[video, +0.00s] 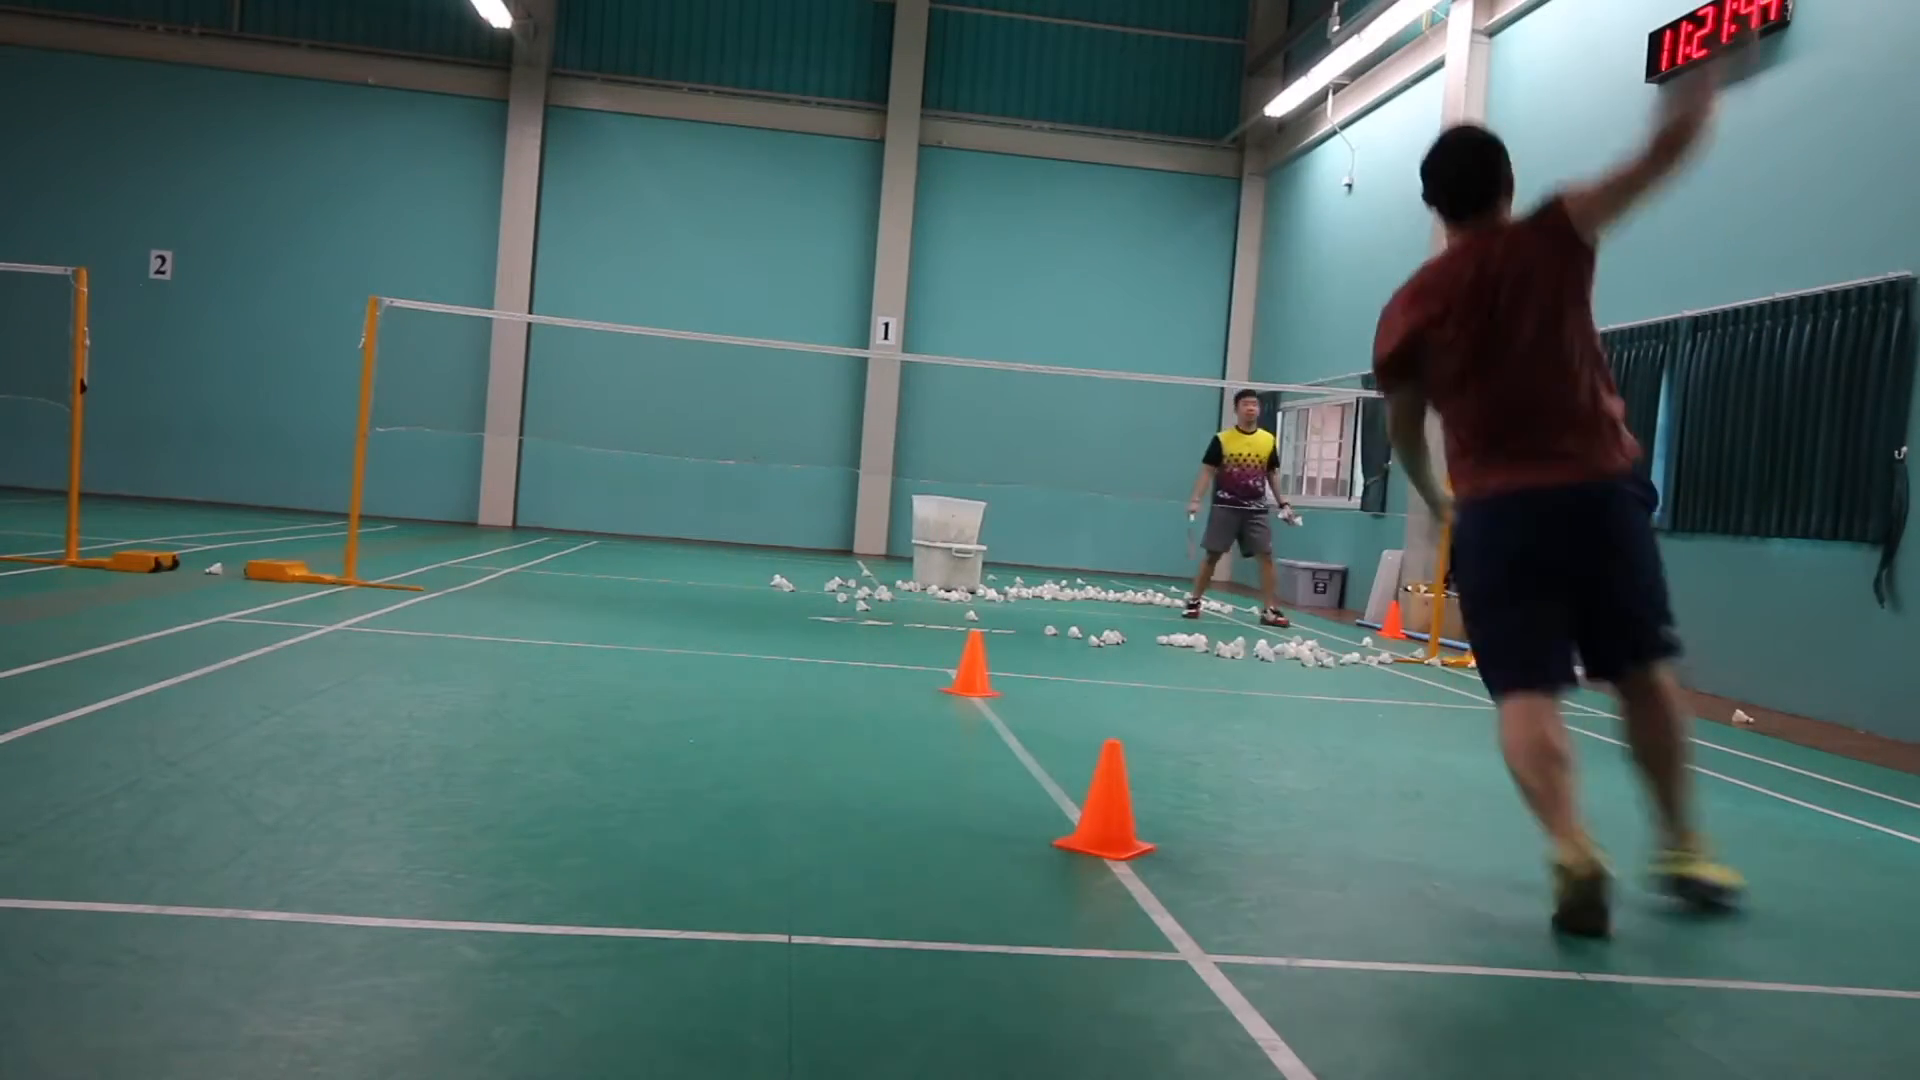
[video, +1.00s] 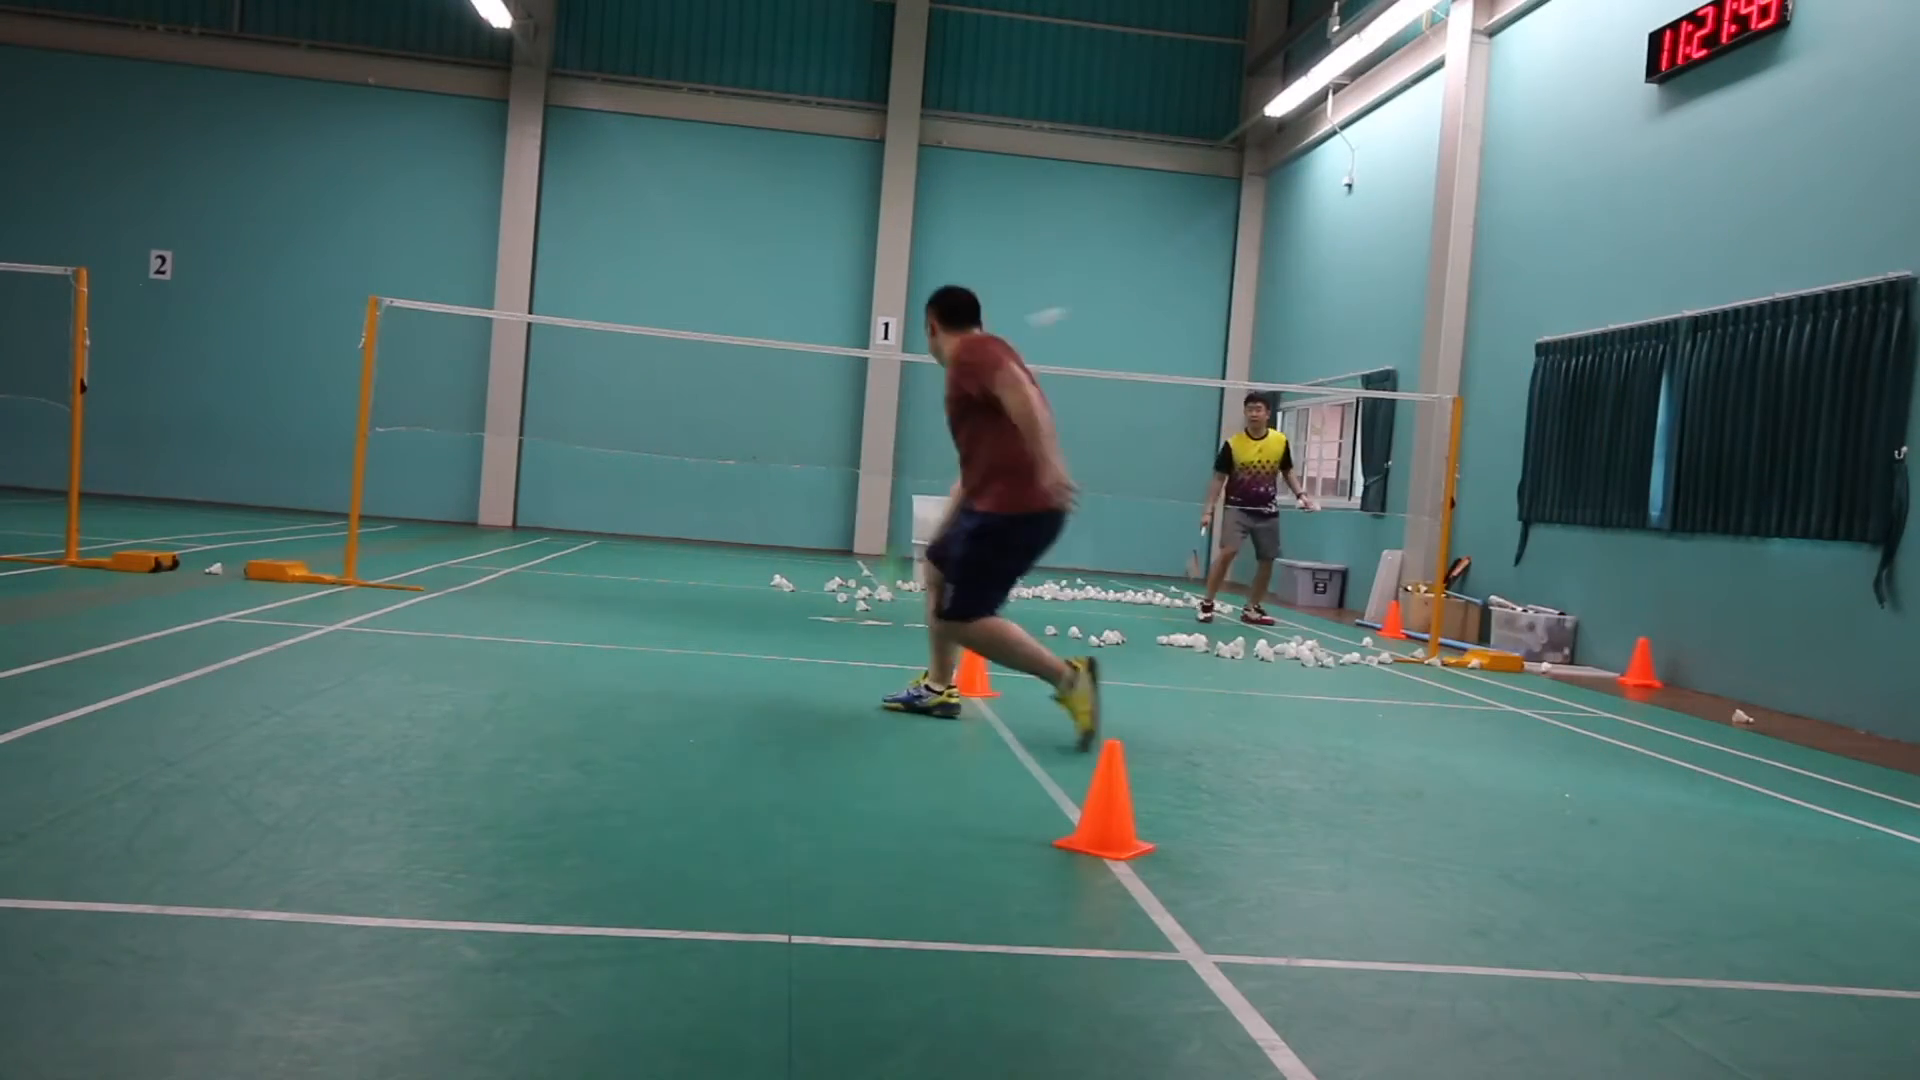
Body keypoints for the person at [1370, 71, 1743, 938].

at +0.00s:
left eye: (1448, 189)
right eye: (1497, 178)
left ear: (1433, 205)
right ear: (1510, 185)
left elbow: (1406, 429)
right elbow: (1659, 156)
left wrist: (1438, 500)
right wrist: (1695, 102)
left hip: (1494, 515)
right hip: (1600, 500)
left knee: (1525, 690)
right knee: (1643, 672)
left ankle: (1570, 847)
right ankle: (1681, 849)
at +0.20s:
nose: (1414, 247)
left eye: (1412, 236)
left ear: (1417, 235)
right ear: (1490, 233)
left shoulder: (1409, 307)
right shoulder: (1550, 293)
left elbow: (1389, 405)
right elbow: (1579, 398)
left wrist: (1434, 501)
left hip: (1521, 526)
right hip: (1621, 506)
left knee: (1545, 708)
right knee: (1631, 665)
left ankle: (1610, 879)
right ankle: (1687, 828)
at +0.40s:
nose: (1369, 312)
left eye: (1370, 302)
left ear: (1374, 302)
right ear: (1438, 302)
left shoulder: (1357, 357)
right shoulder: (1488, 359)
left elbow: (1285, 450)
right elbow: (1545, 461)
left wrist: (1311, 540)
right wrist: (1505, 516)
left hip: (1425, 543)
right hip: (1509, 536)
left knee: (1466, 702)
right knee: (1446, 668)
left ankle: (1585, 830)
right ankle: (1460, 808)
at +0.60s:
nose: (1218, 267)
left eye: (1219, 257)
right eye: (1228, 259)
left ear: (1226, 256)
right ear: (1276, 260)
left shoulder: (1223, 299)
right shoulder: (1310, 320)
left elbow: (1216, 351)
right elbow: (1320, 409)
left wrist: (1202, 456)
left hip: (1259, 493)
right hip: (1331, 493)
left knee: (1183, 600)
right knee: (1334, 616)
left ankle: (1193, 739)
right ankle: (1431, 748)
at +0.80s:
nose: (1041, 296)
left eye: (1045, 287)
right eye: (1044, 286)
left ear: (1056, 291)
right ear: (1088, 292)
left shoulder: (1089, 339)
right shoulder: (1089, 343)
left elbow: (1100, 419)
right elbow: (1044, 431)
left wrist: (1072, 507)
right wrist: (984, 481)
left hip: (1134, 510)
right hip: (1124, 505)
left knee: (1074, 629)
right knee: (1061, 585)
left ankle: (1169, 722)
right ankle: (1007, 677)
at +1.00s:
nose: (929, 343)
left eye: (928, 333)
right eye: (928, 334)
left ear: (935, 326)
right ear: (973, 320)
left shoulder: (970, 350)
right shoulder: (989, 354)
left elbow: (1023, 399)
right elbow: (984, 460)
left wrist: (1049, 466)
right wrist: (949, 520)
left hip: (1017, 505)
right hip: (995, 502)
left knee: (961, 619)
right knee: (938, 566)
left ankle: (1068, 678)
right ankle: (938, 685)